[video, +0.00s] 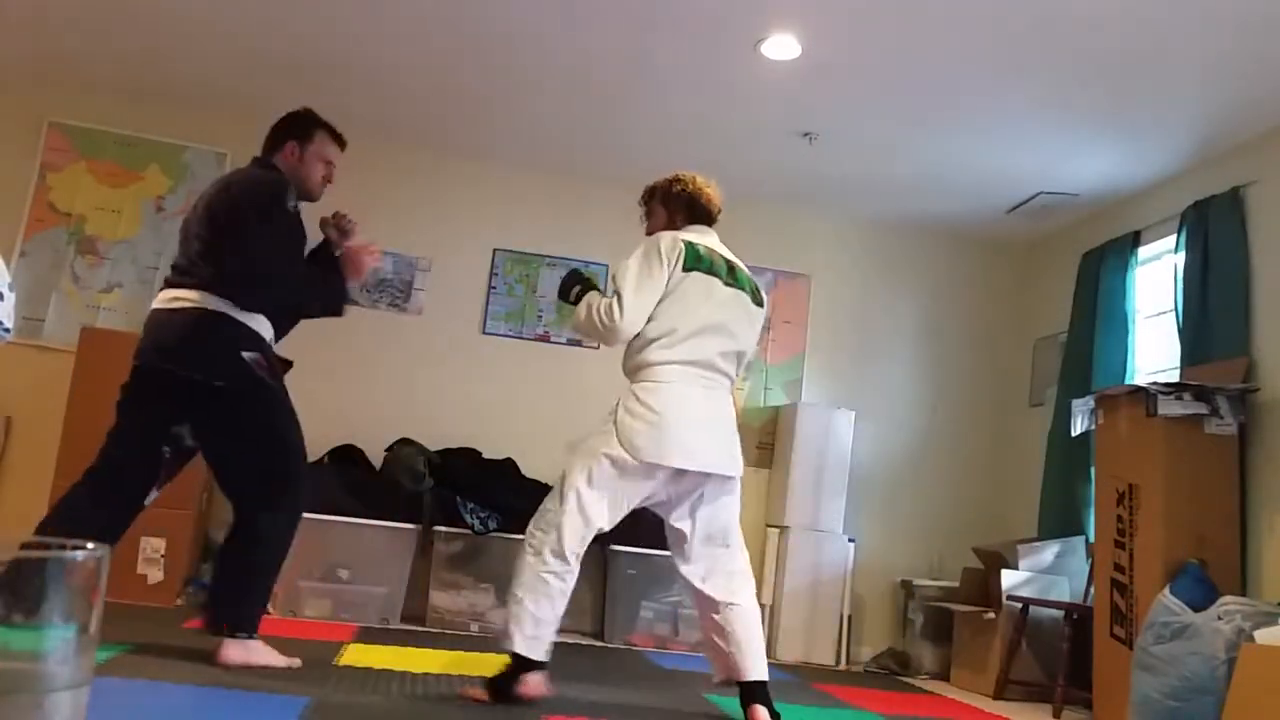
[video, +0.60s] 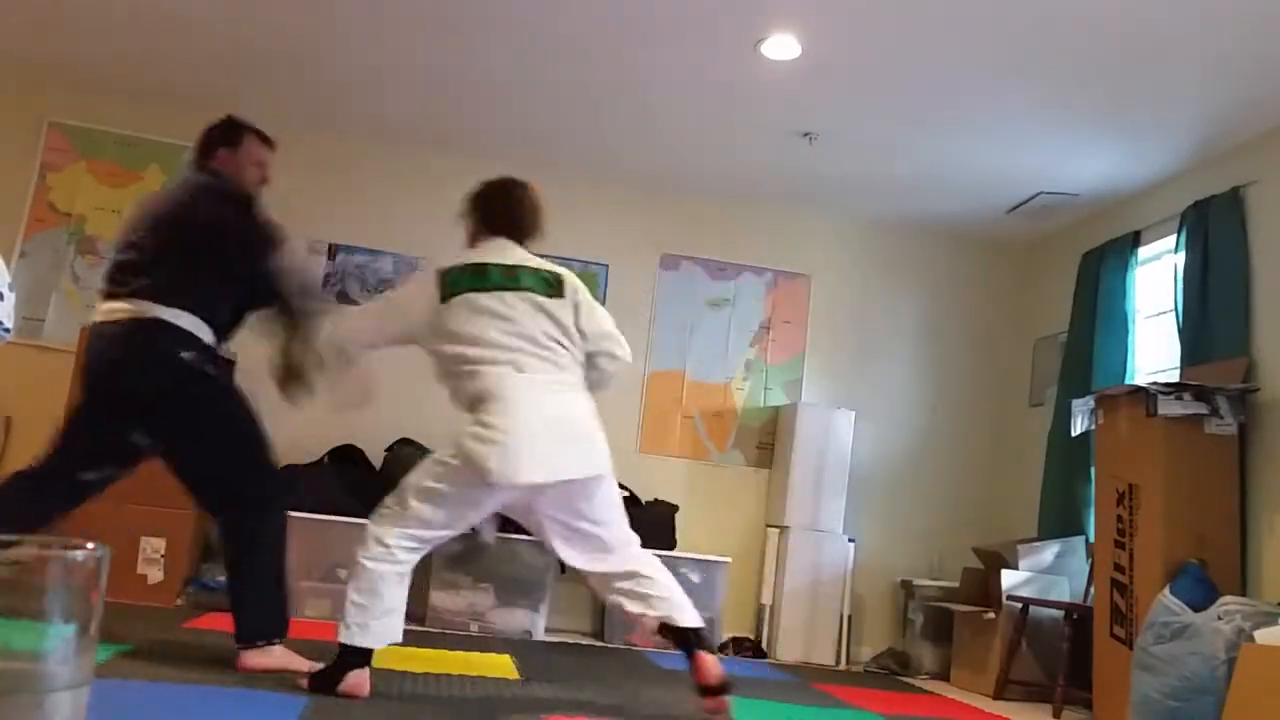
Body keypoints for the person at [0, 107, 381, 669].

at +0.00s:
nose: (331, 179)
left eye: (335, 169)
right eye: (327, 164)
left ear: (286, 154)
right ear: (291, 152)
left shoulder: (227, 190)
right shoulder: (270, 193)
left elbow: (268, 298)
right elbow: (273, 289)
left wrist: (326, 249)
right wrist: (341, 274)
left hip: (164, 339)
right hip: (221, 348)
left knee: (117, 481)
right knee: (276, 489)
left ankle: (20, 597)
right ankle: (238, 634)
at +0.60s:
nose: (265, 178)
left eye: (268, 167)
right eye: (258, 164)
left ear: (212, 162)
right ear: (223, 156)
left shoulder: (167, 204)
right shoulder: (236, 213)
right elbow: (289, 286)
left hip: (106, 349)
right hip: (171, 359)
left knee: (67, 474)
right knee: (250, 492)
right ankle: (261, 640)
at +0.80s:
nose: (207, 160)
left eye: (211, 150)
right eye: (202, 145)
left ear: (156, 140)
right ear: (165, 136)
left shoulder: (103, 176)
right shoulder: (151, 186)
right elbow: (154, 298)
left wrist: (192, 237)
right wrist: (198, 255)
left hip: (37, 324)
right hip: (93, 335)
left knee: (9, 454)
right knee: (163, 464)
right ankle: (126, 613)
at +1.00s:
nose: (185, 154)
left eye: (190, 145)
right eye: (179, 140)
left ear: (135, 135)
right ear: (143, 129)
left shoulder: (70, 169)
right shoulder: (129, 185)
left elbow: (154, 280)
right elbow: (127, 275)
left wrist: (196, 233)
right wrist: (173, 263)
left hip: (26, 326)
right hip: (70, 340)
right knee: (112, 460)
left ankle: (53, 603)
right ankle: (53, 602)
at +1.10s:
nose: (158, 171)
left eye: (164, 161)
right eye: (153, 155)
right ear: (117, 142)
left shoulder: (134, 213)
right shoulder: (64, 187)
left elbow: (156, 292)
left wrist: (191, 244)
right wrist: (138, 245)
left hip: (82, 352)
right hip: (43, 347)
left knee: (126, 460)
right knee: (119, 459)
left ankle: (75, 607)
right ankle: (70, 609)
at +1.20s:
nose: (168, 165)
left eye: (174, 157)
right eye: (162, 151)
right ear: (126, 141)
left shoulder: (139, 221)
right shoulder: (75, 180)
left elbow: (136, 304)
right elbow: (31, 234)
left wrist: (178, 257)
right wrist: (113, 200)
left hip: (81, 353)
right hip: (45, 342)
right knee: (135, 460)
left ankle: (96, 602)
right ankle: (117, 607)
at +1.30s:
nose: (181, 176)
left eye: (184, 167)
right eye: (173, 163)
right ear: (138, 153)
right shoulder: (122, 198)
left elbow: (162, 306)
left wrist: (192, 247)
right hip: (57, 342)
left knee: (21, 468)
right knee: (113, 474)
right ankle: (117, 621)